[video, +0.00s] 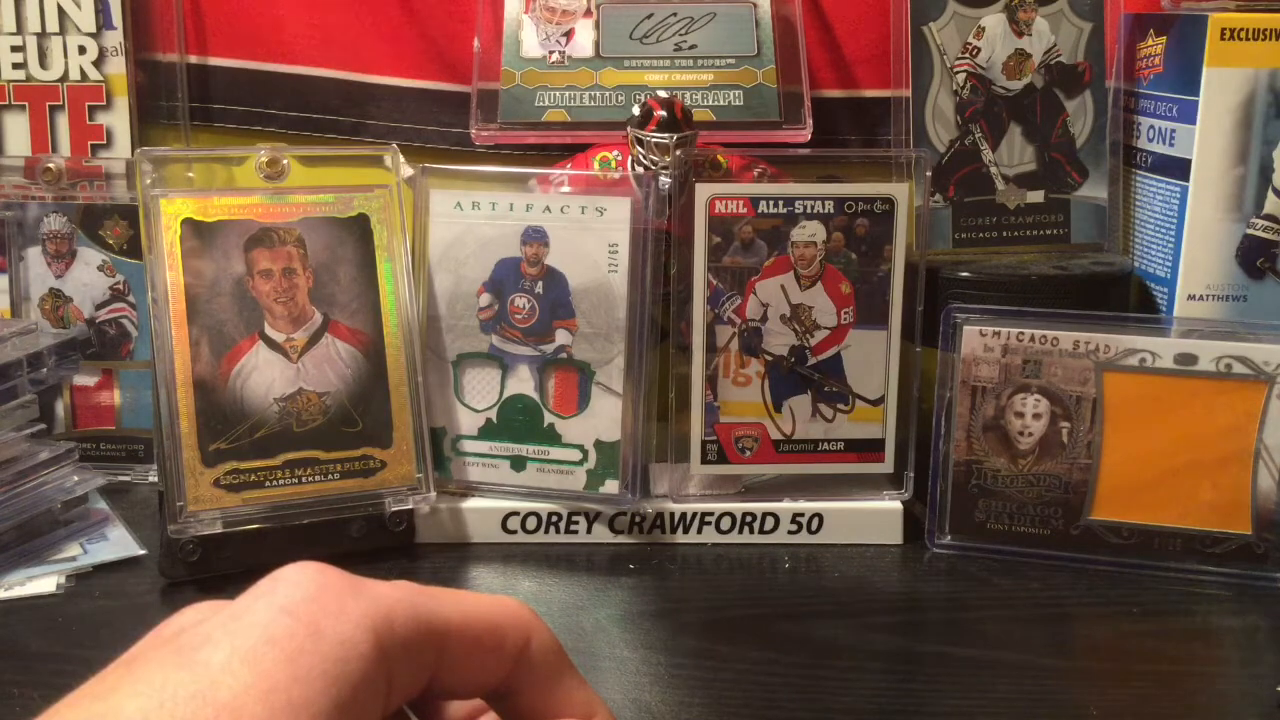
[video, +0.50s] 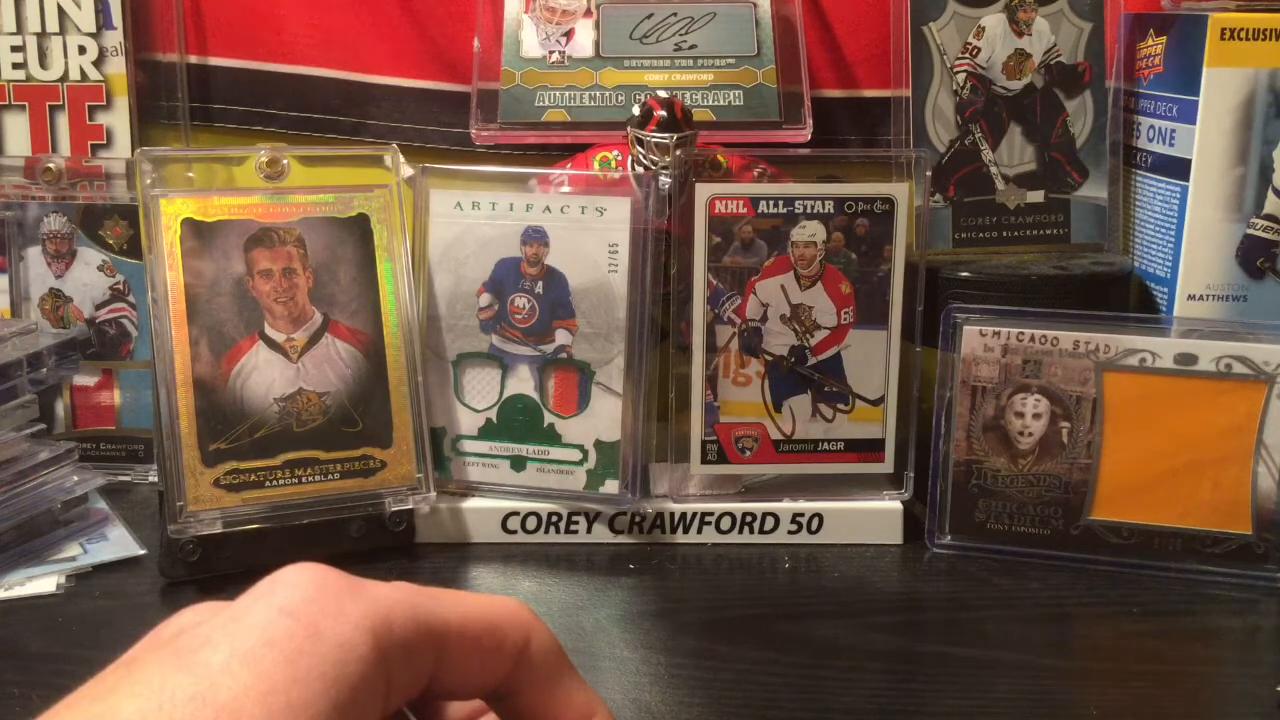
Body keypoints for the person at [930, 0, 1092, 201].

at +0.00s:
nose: (1029, 16)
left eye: (1033, 10)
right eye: (1023, 10)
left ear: (1037, 11)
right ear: (1010, 9)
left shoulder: (1041, 27)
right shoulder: (990, 26)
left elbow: (1050, 63)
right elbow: (965, 62)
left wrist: (1069, 75)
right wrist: (970, 97)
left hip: (1025, 92)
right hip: (992, 93)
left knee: (1055, 118)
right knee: (982, 136)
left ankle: (1062, 174)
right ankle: (943, 182)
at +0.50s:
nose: (1029, 16)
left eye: (1033, 10)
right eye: (1024, 10)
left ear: (1037, 11)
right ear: (1010, 9)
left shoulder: (1041, 27)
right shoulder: (990, 26)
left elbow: (1050, 63)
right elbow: (965, 62)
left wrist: (1069, 75)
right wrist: (969, 97)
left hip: (1025, 92)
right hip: (992, 93)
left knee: (1055, 118)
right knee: (981, 136)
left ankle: (1063, 173)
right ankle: (942, 183)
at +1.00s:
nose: (1029, 16)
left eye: (1033, 10)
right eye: (1023, 10)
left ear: (1037, 10)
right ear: (1010, 9)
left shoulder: (1041, 27)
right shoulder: (990, 26)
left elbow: (1050, 63)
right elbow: (964, 62)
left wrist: (1070, 74)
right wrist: (969, 96)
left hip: (1026, 91)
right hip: (993, 93)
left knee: (1056, 121)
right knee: (979, 138)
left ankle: (1063, 175)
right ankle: (942, 185)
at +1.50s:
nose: (1029, 16)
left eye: (1033, 10)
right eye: (1024, 10)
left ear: (1037, 10)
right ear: (1011, 9)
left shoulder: (1041, 27)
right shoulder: (990, 26)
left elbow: (1050, 62)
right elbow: (965, 62)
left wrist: (1069, 74)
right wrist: (969, 95)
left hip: (1027, 91)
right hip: (993, 93)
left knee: (1056, 120)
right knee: (980, 138)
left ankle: (1063, 174)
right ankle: (942, 185)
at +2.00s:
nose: (1029, 16)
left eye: (1033, 10)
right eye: (1024, 10)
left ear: (1037, 10)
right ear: (1011, 8)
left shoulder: (1041, 27)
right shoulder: (990, 26)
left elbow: (1050, 59)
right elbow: (965, 62)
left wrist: (1068, 73)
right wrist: (968, 96)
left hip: (1027, 91)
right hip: (993, 93)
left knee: (1057, 122)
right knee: (979, 138)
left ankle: (1062, 176)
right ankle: (943, 185)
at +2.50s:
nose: (1029, 15)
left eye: (1033, 10)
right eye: (1023, 9)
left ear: (1037, 9)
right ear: (1011, 8)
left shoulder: (1041, 27)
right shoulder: (990, 25)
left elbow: (1051, 60)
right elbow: (965, 62)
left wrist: (1068, 74)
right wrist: (970, 97)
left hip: (1026, 92)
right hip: (993, 94)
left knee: (1056, 121)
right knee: (979, 138)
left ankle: (1062, 175)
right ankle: (942, 184)